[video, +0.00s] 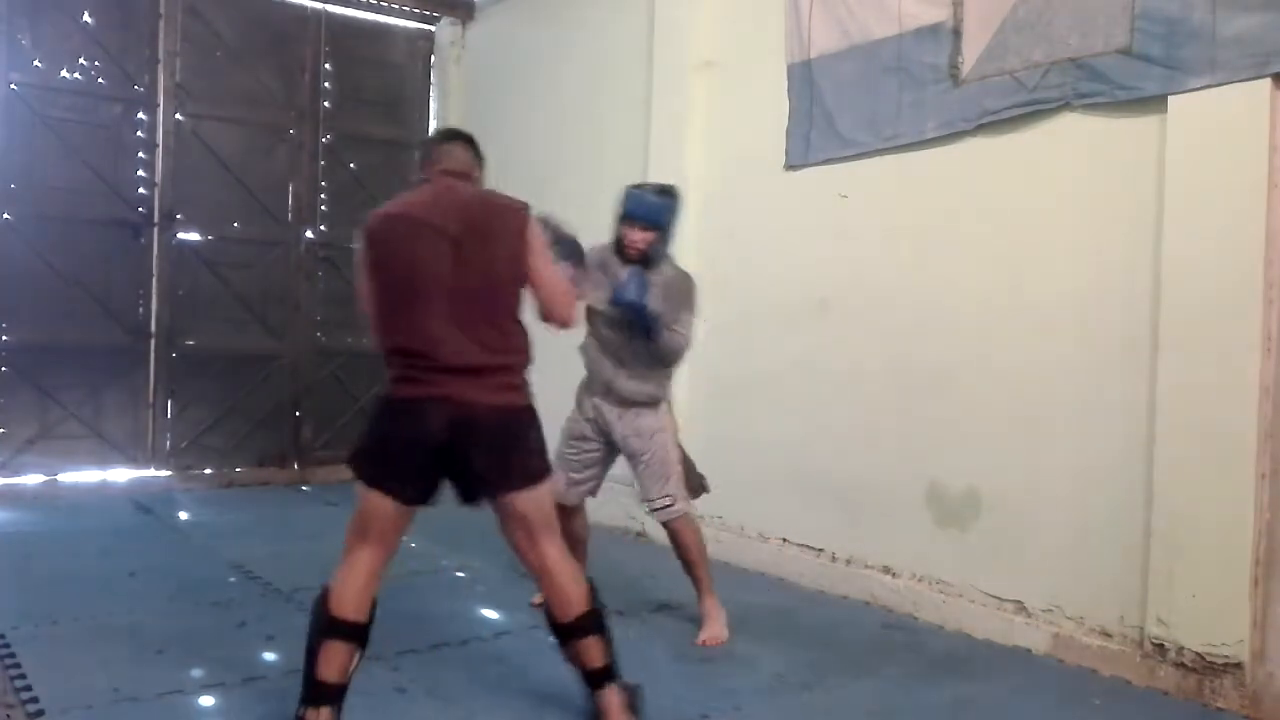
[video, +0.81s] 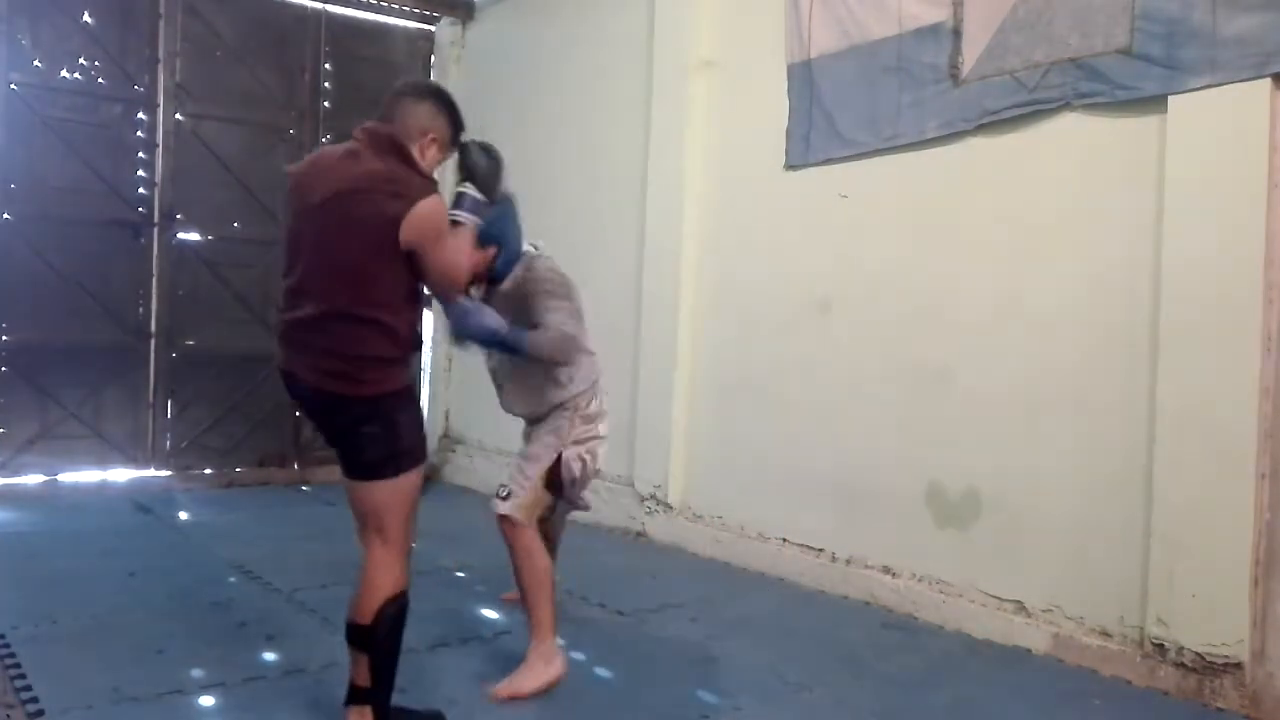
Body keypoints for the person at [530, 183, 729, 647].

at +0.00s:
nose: (637, 237)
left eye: (648, 230)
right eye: (630, 226)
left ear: (663, 234)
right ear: (618, 224)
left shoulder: (675, 283)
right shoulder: (600, 262)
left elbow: (674, 350)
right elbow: (571, 283)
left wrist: (644, 316)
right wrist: (561, 255)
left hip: (645, 412)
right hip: (594, 403)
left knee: (671, 509)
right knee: (565, 497)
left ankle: (709, 604)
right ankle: (573, 585)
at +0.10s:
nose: (599, 238)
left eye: (610, 231)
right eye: (594, 228)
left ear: (630, 234)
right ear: (584, 227)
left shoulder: (642, 278)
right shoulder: (573, 260)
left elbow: (629, 346)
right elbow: (529, 289)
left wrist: (604, 301)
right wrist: (534, 254)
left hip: (625, 411)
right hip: (579, 402)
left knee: (630, 507)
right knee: (556, 500)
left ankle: (691, 588)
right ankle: (575, 588)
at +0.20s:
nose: (570, 235)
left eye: (581, 227)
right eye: (564, 224)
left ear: (600, 230)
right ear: (555, 224)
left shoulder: (619, 273)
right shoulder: (550, 260)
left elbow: (610, 346)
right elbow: (503, 296)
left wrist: (593, 290)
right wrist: (512, 244)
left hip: (609, 400)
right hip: (567, 397)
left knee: (586, 491)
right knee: (550, 497)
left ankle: (640, 595)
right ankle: (573, 586)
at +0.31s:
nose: (544, 237)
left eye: (552, 229)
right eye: (538, 229)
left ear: (573, 227)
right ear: (532, 228)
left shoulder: (598, 263)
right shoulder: (530, 264)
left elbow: (598, 298)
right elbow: (506, 327)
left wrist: (564, 252)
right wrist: (498, 268)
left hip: (597, 396)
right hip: (553, 396)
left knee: (562, 502)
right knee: (517, 497)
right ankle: (557, 566)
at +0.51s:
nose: (505, 257)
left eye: (514, 245)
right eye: (501, 247)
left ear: (539, 248)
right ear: (504, 252)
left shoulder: (580, 283)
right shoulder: (508, 287)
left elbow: (566, 337)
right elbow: (505, 367)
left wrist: (517, 300)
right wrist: (492, 305)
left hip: (570, 422)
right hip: (522, 417)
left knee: (532, 519)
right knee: (492, 512)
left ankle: (539, 646)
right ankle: (538, 570)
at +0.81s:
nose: (454, 255)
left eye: (463, 246)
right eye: (455, 244)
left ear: (492, 251)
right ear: (487, 250)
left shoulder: (540, 278)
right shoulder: (491, 284)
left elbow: (566, 343)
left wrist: (502, 332)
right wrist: (465, 315)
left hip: (572, 417)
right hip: (543, 416)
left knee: (514, 516)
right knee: (543, 514)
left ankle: (545, 652)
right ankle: (539, 586)